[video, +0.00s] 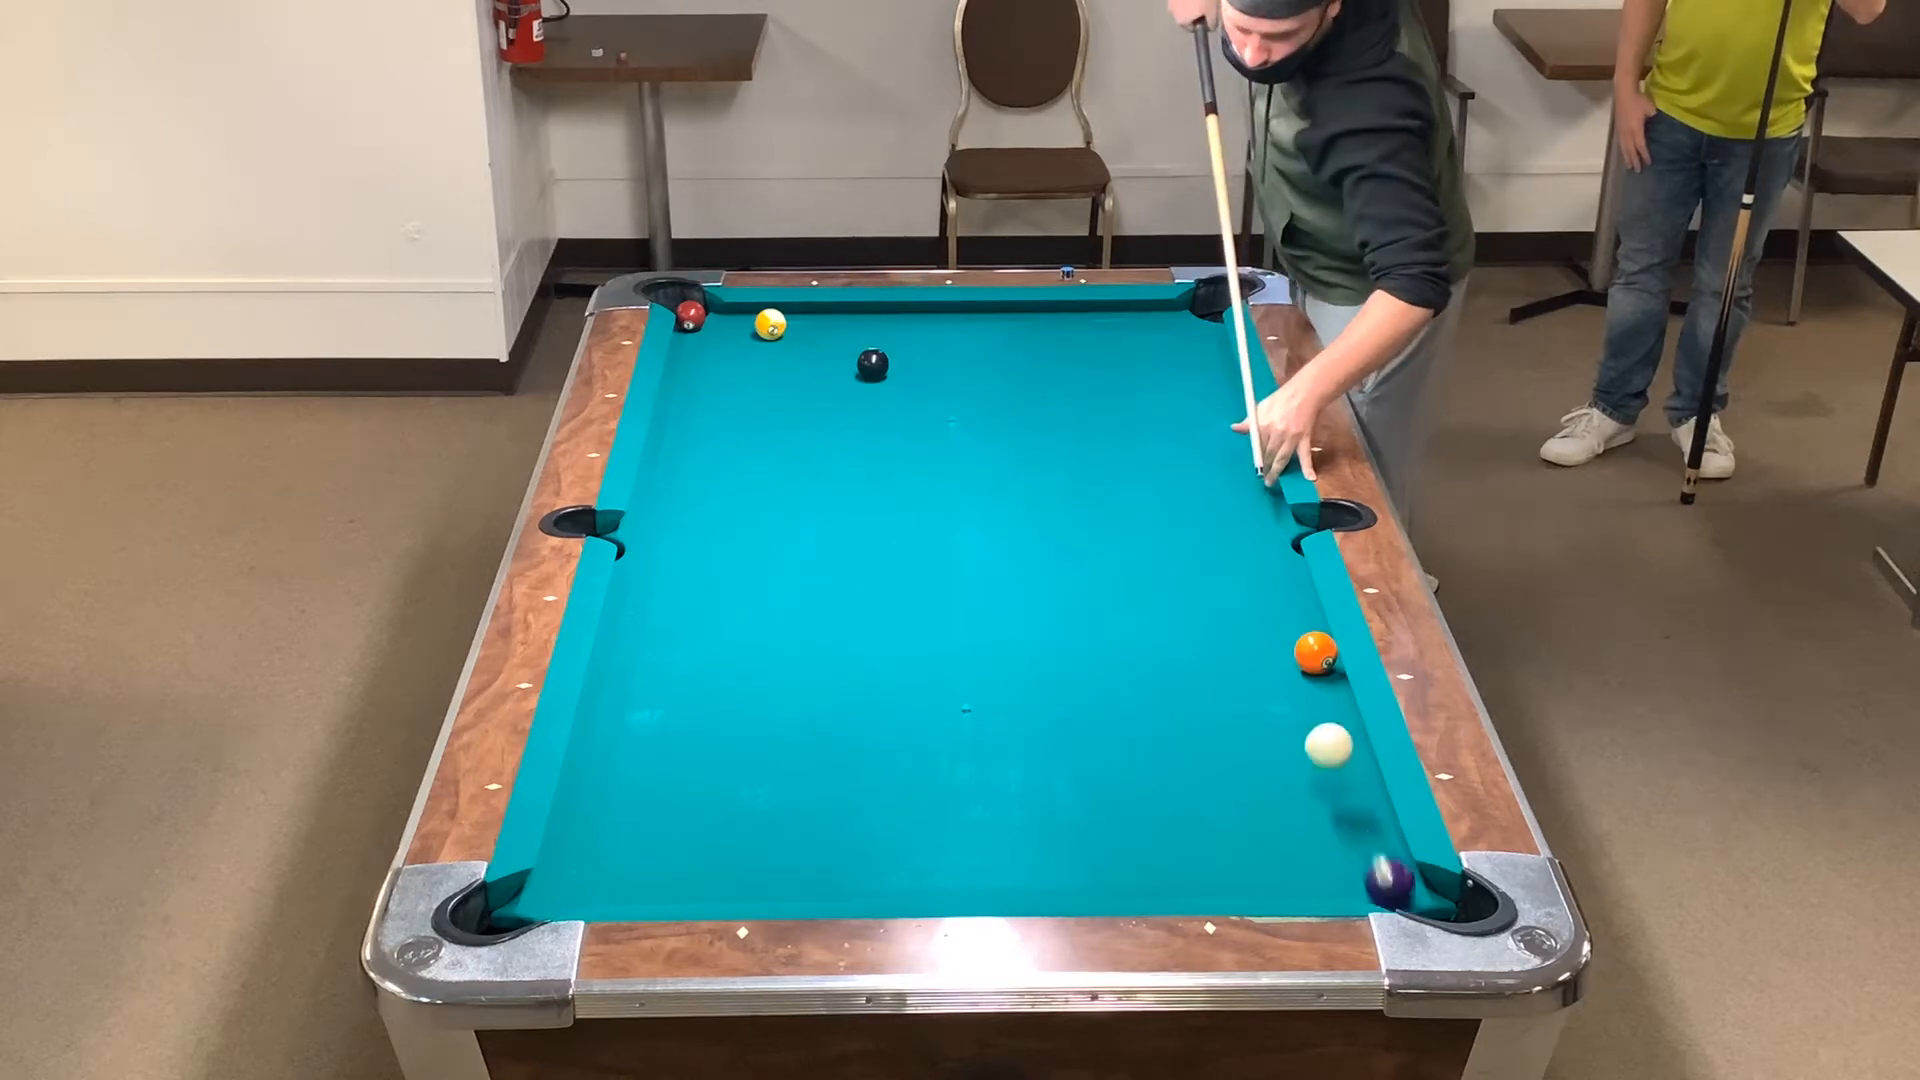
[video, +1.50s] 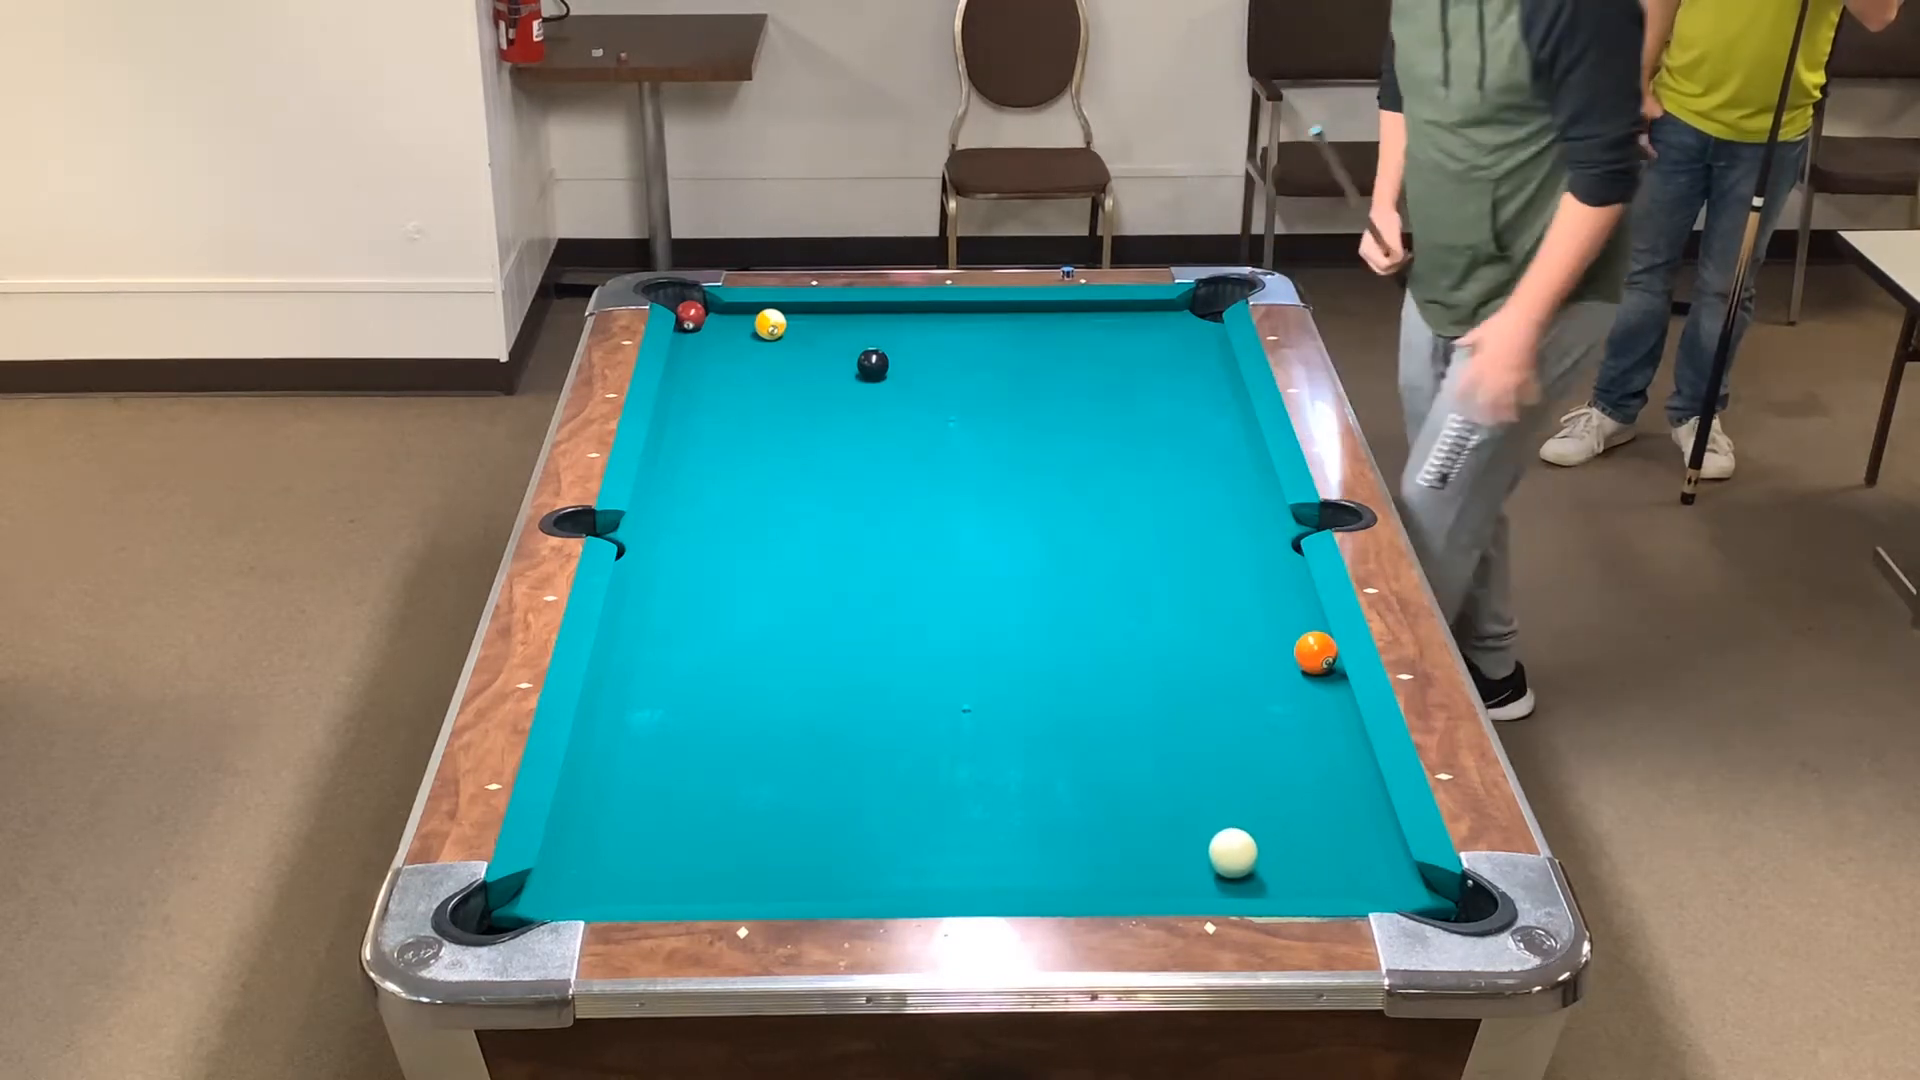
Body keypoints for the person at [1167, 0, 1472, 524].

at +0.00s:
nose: (1254, 54)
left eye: (1281, 37)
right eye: (1240, 29)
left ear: (1330, 9)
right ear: (1224, 3)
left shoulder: (1369, 91)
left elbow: (1417, 280)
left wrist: (1305, 391)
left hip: (1372, 290)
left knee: (1360, 468)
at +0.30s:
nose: (1265, 18)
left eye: (1290, 6)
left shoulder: (1371, 76)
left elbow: (1408, 270)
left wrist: (1305, 387)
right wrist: (1202, 13)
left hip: (1375, 293)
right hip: (1313, 260)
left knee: (1358, 475)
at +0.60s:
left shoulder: (1383, 86)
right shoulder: (1301, 6)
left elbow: (1394, 268)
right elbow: (1275, 35)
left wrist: (1311, 405)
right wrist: (1243, 118)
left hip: (1390, 302)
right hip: (1322, 272)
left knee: (1368, 493)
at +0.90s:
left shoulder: (1423, 39)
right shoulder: (1317, 3)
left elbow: (1419, 240)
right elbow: (1299, 81)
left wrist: (1334, 361)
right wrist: (1271, 164)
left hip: (1410, 314)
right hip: (1338, 292)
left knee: (1379, 521)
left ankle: (1438, 680)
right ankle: (1429, 645)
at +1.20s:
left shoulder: (1472, 16)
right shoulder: (1372, 4)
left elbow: (1460, 206)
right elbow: (1371, 96)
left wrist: (1352, 338)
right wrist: (1321, 182)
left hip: (1444, 318)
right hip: (1378, 295)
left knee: (1379, 529)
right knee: (1380, 492)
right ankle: (1478, 648)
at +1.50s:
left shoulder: (1580, 9)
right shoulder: (1412, 8)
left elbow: (1606, 172)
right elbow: (1400, 83)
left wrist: (1519, 324)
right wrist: (1385, 197)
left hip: (1545, 298)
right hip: (1437, 275)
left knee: (1430, 514)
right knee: (1452, 491)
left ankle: (1375, 696)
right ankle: (1491, 665)